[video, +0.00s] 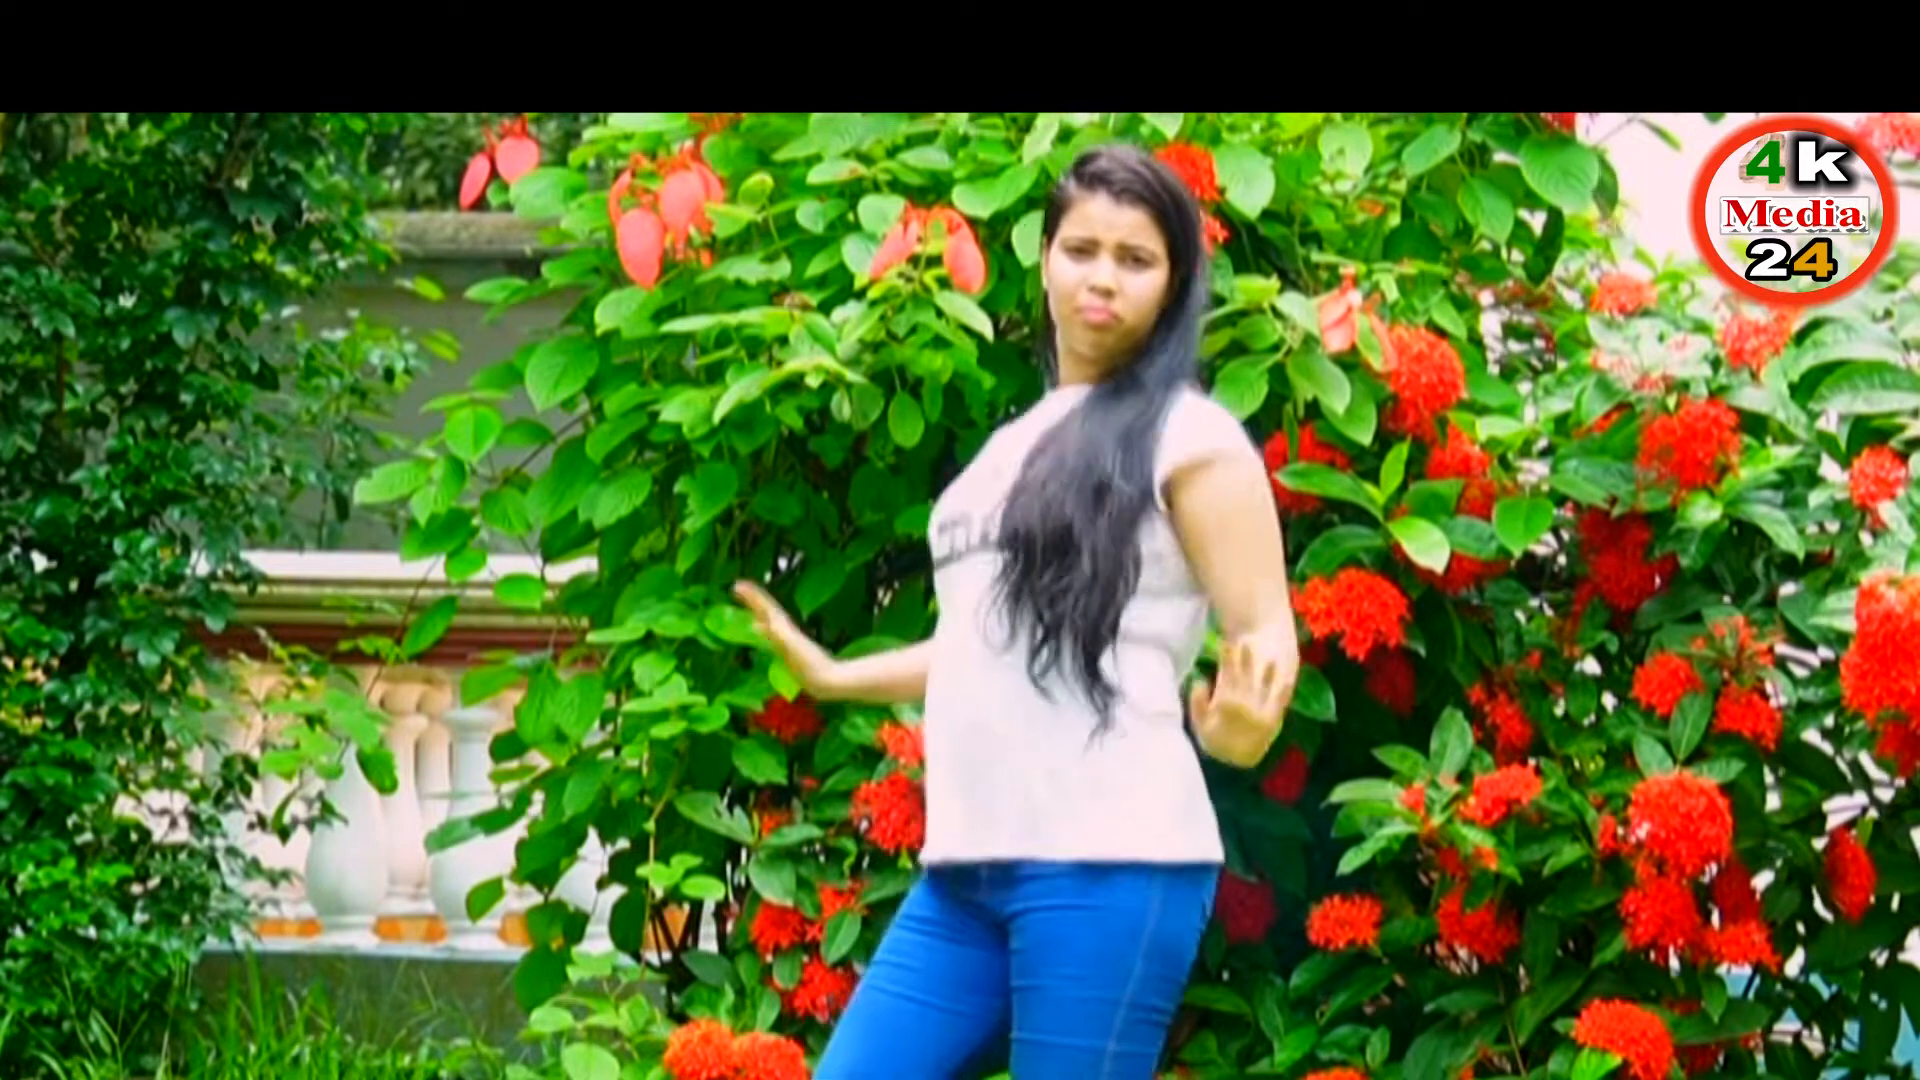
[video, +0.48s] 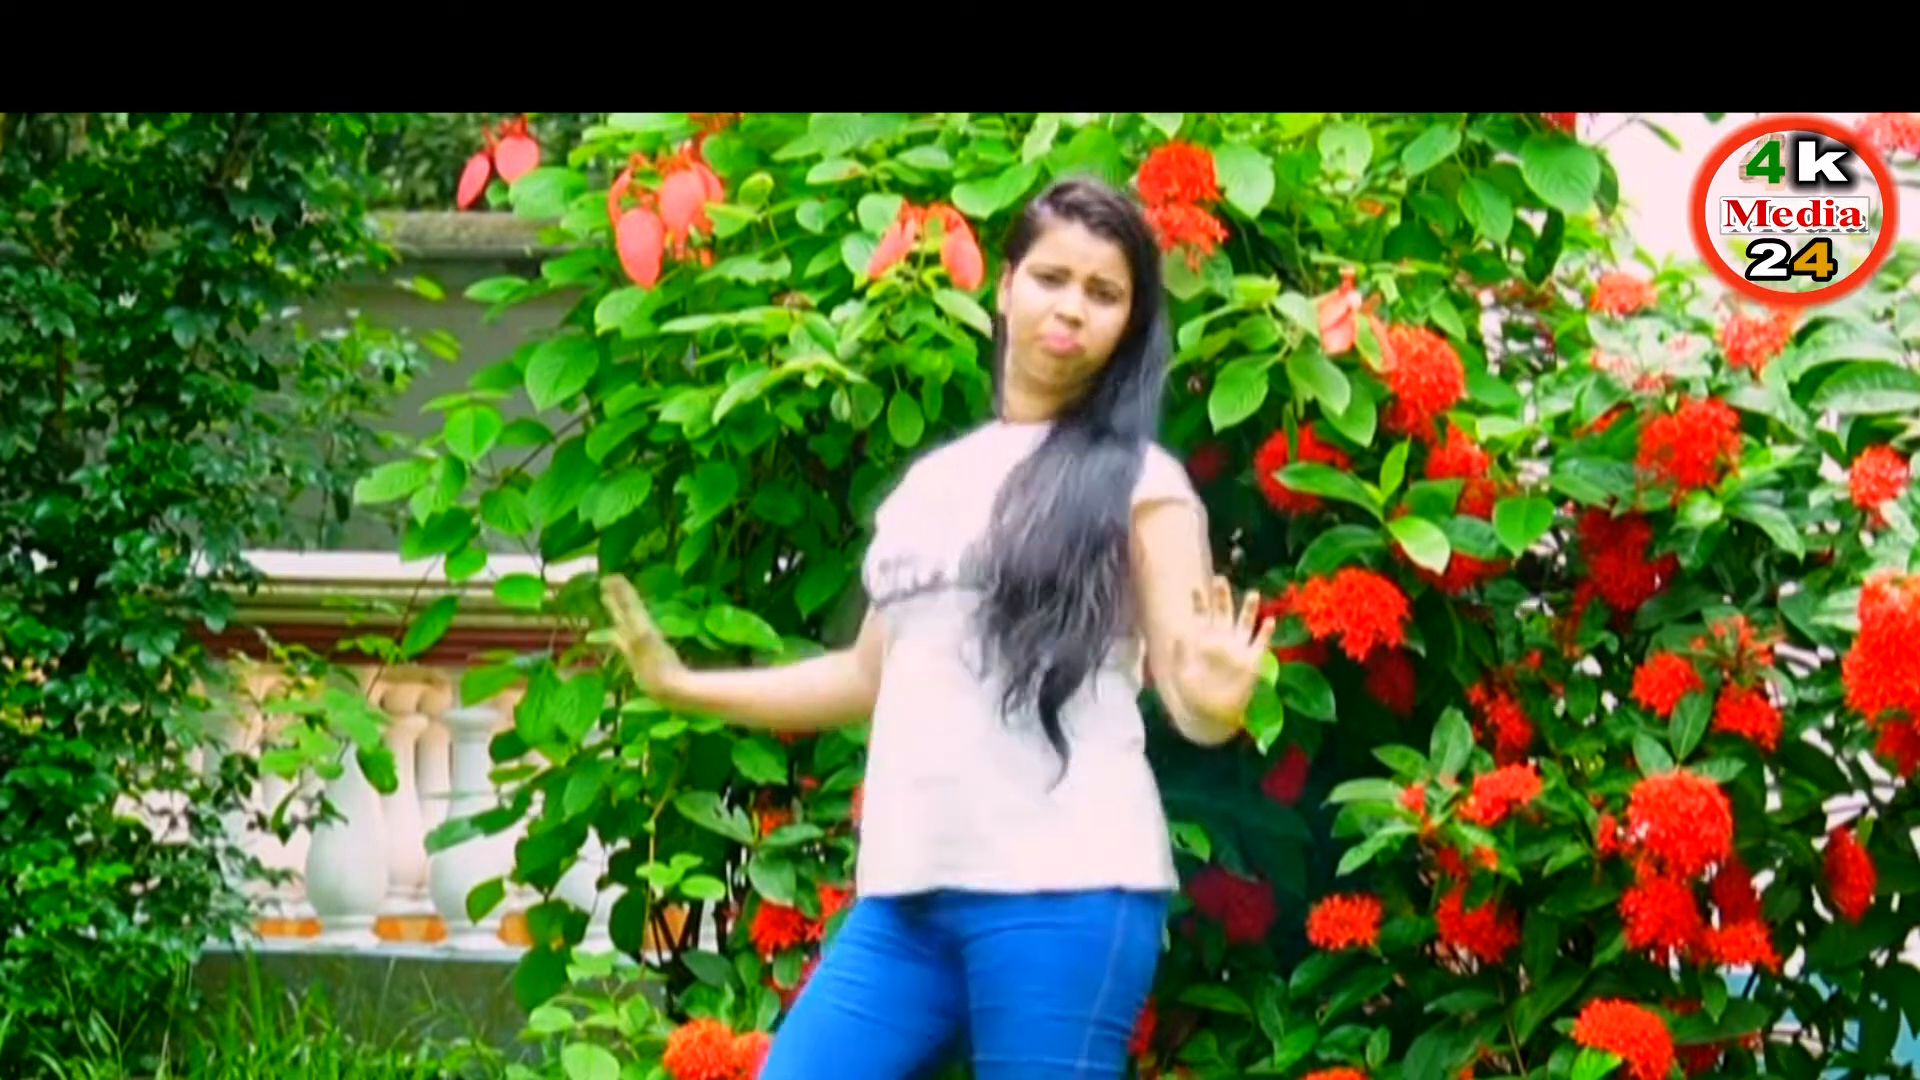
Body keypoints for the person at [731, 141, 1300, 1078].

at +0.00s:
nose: (1102, 281)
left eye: (1134, 260)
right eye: (1080, 250)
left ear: (1175, 287)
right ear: (1045, 262)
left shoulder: (1191, 433)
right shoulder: (1014, 440)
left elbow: (1265, 631)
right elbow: (990, 647)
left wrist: (1237, 739)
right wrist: (836, 679)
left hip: (1112, 873)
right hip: (964, 870)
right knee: (848, 1071)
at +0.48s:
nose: (1071, 310)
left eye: (1103, 292)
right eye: (1051, 278)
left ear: (1130, 321)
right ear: (1007, 288)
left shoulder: (1138, 477)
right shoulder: (931, 478)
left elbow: (1195, 705)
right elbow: (867, 675)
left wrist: (1215, 701)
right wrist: (683, 688)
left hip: (1065, 890)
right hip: (906, 888)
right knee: (791, 1070)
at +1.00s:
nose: (1029, 246)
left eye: (1056, 229)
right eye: (1008, 212)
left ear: (1074, 252)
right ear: (943, 212)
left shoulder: (1114, 402)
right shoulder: (837, 397)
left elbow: (1177, 588)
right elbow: (704, 559)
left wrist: (1253, 497)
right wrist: (557, 460)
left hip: (1037, 840)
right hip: (847, 827)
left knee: (1054, 1071)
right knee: (825, 1074)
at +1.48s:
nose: (1072, 285)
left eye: (1103, 267)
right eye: (1050, 254)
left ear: (1131, 292)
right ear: (997, 264)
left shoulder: (1151, 419)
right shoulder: (946, 447)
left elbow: (1258, 569)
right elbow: (812, 563)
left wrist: (1307, 495)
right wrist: (639, 503)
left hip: (1085, 859)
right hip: (929, 846)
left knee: (1046, 1073)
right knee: (847, 1068)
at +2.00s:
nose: (1068, 277)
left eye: (1099, 256)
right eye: (1046, 245)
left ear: (1128, 281)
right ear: (996, 253)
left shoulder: (1133, 391)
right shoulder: (967, 424)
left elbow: (1221, 459)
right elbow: (868, 483)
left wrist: (1237, 275)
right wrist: (766, 325)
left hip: (1071, 864)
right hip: (918, 854)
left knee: (1045, 1066)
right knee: (839, 1067)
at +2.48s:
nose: (1049, 258)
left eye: (1080, 242)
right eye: (1028, 226)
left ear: (1104, 270)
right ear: (977, 231)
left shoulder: (1117, 379)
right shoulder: (897, 401)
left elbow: (1201, 378)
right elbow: (747, 423)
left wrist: (1196, 197)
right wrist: (648, 273)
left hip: (1050, 853)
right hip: (865, 840)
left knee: (1054, 1069)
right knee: (827, 1070)